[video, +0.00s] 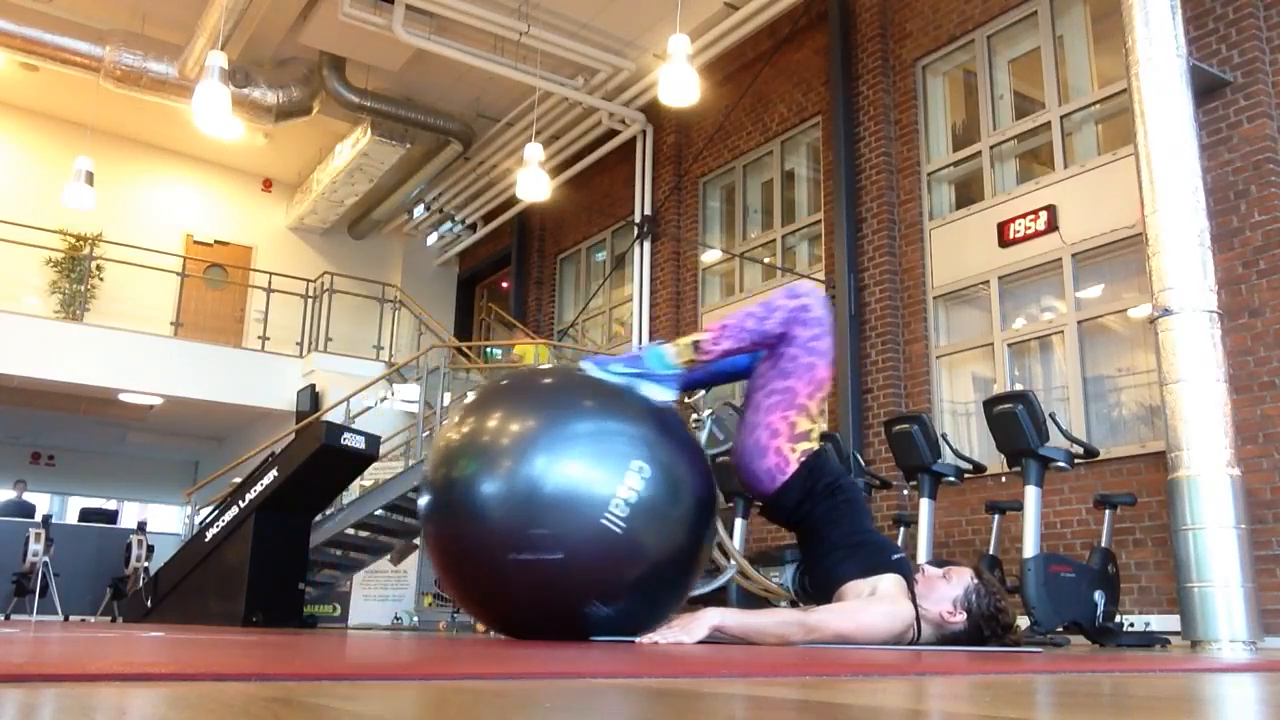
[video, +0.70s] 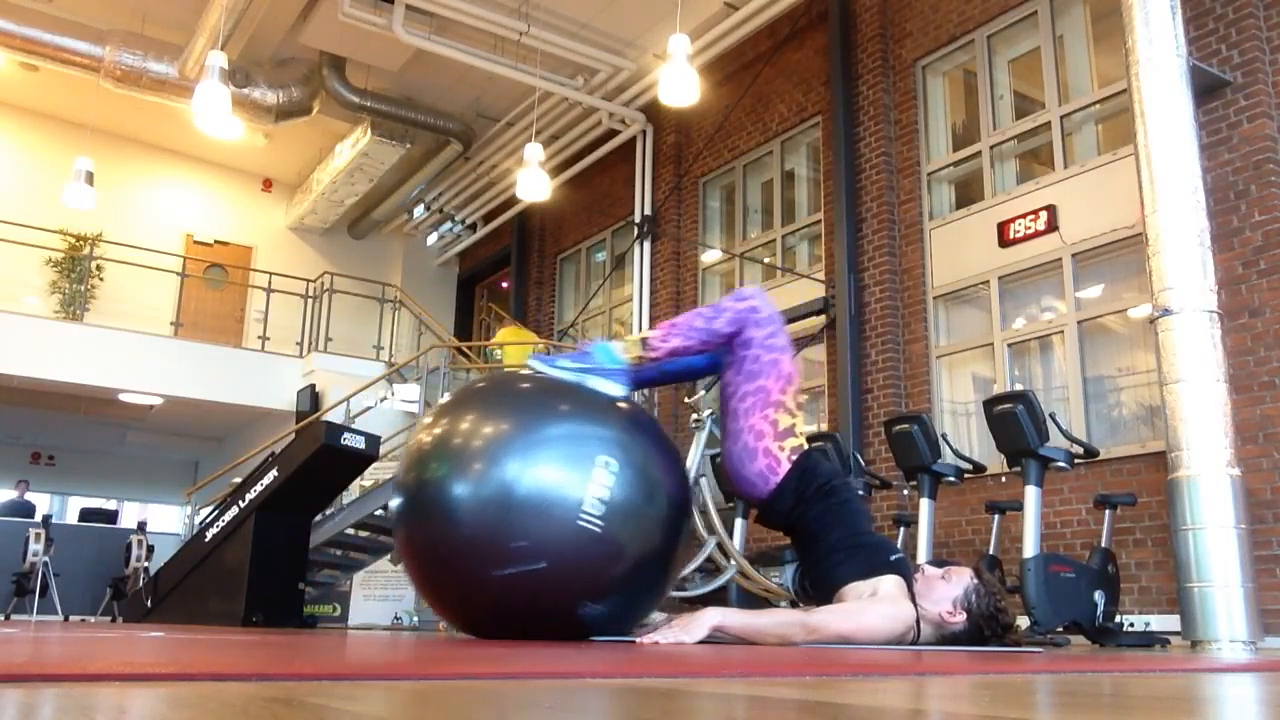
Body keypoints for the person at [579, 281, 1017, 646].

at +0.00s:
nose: (935, 566)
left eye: (947, 576)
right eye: (948, 569)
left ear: (948, 613)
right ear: (946, 614)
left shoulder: (893, 611)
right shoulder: (904, 606)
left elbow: (806, 626)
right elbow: (808, 625)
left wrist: (714, 619)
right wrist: (718, 624)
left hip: (778, 468)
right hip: (800, 466)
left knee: (805, 301)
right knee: (805, 315)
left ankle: (668, 363)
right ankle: (676, 372)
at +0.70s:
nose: (941, 563)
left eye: (951, 577)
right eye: (952, 567)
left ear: (948, 616)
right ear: (945, 605)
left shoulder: (892, 613)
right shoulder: (902, 596)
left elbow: (801, 626)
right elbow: (799, 625)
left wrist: (712, 620)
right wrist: (713, 623)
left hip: (766, 472)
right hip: (788, 467)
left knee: (756, 308)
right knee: (759, 319)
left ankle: (620, 365)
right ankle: (625, 372)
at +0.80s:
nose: (943, 567)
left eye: (952, 578)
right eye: (958, 570)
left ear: (946, 613)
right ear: (948, 602)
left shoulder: (889, 614)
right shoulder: (896, 598)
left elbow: (795, 629)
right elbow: (798, 627)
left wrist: (709, 620)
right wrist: (714, 622)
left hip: (766, 479)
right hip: (784, 472)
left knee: (719, 319)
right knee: (724, 327)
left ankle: (578, 363)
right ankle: (590, 373)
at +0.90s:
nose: (937, 569)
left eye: (948, 581)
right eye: (950, 569)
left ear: (945, 615)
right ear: (945, 603)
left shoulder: (891, 610)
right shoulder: (894, 595)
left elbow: (808, 628)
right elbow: (808, 621)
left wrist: (711, 618)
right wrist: (720, 620)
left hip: (762, 479)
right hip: (779, 470)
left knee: (688, 329)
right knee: (694, 335)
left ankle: (550, 364)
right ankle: (563, 370)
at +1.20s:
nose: (936, 571)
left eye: (949, 583)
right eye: (949, 570)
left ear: (946, 618)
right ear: (943, 593)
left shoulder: (892, 609)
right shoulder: (889, 590)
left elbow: (804, 625)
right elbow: (801, 621)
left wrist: (711, 618)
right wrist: (713, 621)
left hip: (758, 492)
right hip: (765, 477)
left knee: (637, 383)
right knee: (640, 381)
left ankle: (484, 361)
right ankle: (500, 369)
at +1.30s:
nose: (934, 570)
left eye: (947, 582)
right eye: (946, 569)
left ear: (946, 618)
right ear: (941, 597)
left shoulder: (892, 607)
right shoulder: (888, 589)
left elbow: (806, 626)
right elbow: (804, 621)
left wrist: (711, 616)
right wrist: (716, 621)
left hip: (751, 491)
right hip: (758, 481)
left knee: (633, 398)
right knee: (636, 393)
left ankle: (483, 368)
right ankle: (494, 365)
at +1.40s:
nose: (935, 571)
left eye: (948, 584)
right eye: (949, 570)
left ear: (946, 618)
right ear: (943, 596)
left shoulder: (892, 609)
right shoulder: (889, 590)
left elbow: (802, 626)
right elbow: (802, 621)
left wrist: (710, 618)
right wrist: (714, 621)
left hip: (748, 493)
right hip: (756, 483)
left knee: (632, 401)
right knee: (634, 396)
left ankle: (482, 365)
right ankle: (493, 364)